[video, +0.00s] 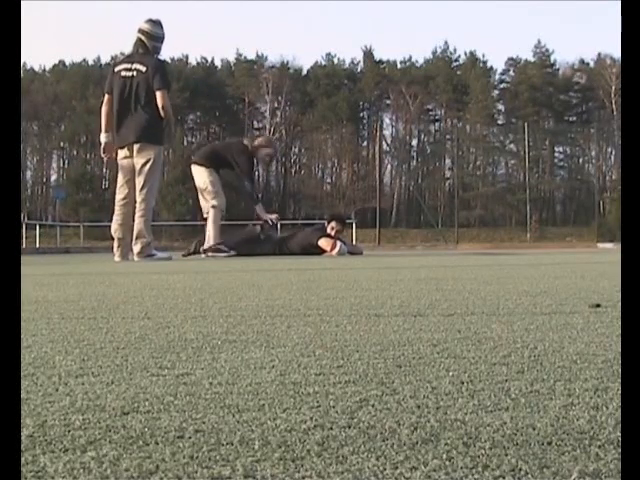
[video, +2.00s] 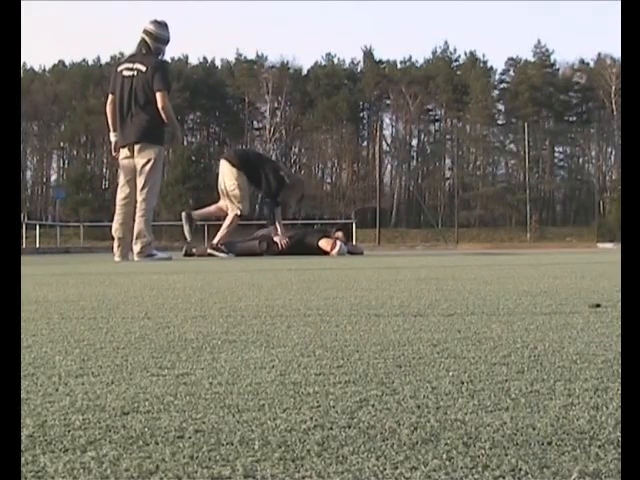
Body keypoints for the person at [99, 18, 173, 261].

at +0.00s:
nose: (161, 46)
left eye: (161, 41)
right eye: (160, 41)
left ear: (138, 37)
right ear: (156, 41)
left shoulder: (118, 65)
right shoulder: (155, 64)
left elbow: (107, 103)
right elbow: (162, 102)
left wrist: (105, 135)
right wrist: (169, 124)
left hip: (122, 136)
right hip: (148, 136)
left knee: (123, 195)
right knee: (145, 195)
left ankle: (119, 249)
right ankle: (142, 246)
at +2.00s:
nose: (164, 49)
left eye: (165, 44)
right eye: (164, 44)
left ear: (143, 38)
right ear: (160, 43)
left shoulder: (121, 65)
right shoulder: (156, 64)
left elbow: (110, 104)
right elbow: (162, 102)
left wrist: (114, 134)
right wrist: (175, 127)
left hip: (124, 137)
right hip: (148, 137)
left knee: (124, 195)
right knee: (146, 195)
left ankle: (119, 249)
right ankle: (143, 248)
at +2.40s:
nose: (161, 47)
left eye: (161, 43)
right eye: (160, 43)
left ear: (139, 38)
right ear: (156, 42)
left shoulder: (120, 65)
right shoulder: (154, 64)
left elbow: (109, 104)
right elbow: (160, 100)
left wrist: (113, 136)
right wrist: (172, 135)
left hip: (123, 138)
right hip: (148, 138)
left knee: (124, 196)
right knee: (146, 196)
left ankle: (119, 249)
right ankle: (143, 248)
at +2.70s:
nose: (160, 47)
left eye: (160, 43)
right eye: (159, 43)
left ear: (138, 38)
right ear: (155, 42)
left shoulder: (119, 65)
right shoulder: (153, 64)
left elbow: (108, 104)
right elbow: (159, 101)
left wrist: (110, 136)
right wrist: (172, 134)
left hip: (122, 137)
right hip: (147, 137)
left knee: (123, 195)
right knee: (145, 196)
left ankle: (119, 249)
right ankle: (142, 248)